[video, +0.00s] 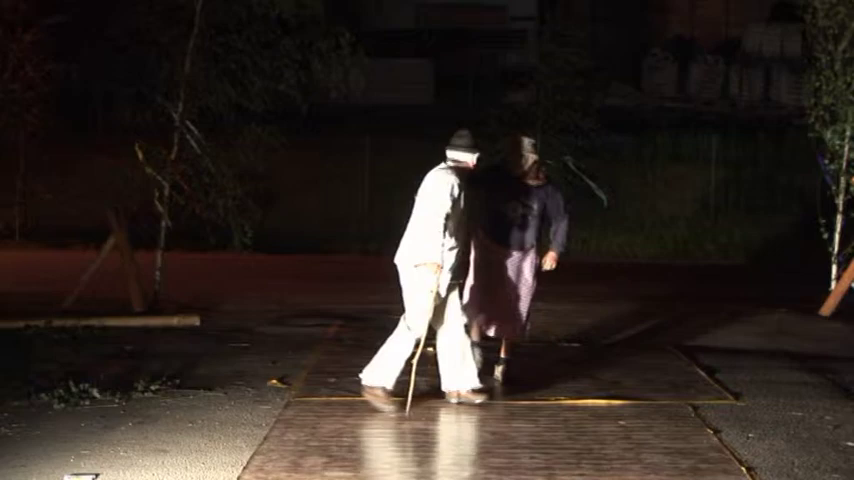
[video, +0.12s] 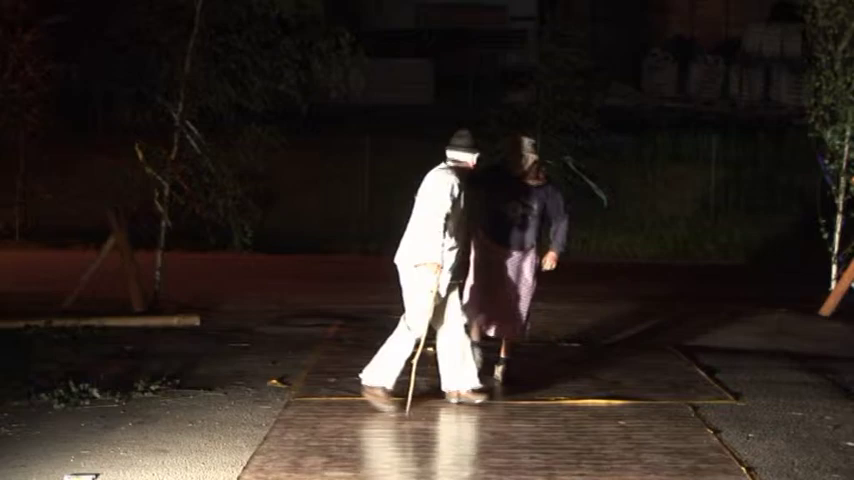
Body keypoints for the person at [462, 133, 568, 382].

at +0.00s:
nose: (520, 161)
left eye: (525, 156)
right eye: (517, 156)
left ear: (533, 158)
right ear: (507, 156)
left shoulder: (542, 188)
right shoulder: (490, 179)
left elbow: (559, 220)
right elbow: (472, 209)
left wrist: (554, 249)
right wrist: (472, 237)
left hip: (522, 254)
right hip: (487, 249)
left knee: (515, 307)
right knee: (478, 302)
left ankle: (502, 362)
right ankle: (474, 349)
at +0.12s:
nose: (520, 161)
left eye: (525, 156)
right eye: (517, 156)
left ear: (533, 158)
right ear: (507, 156)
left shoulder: (542, 188)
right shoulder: (490, 179)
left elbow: (559, 220)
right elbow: (472, 209)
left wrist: (554, 249)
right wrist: (472, 237)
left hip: (522, 254)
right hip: (487, 249)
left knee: (515, 307)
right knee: (478, 302)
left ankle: (502, 362)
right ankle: (474, 349)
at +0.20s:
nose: (520, 161)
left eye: (525, 156)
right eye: (517, 156)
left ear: (533, 158)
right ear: (507, 156)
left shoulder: (542, 188)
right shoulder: (490, 179)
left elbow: (559, 220)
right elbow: (472, 209)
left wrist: (554, 249)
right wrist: (472, 237)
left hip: (522, 254)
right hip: (487, 249)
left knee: (515, 307)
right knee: (478, 302)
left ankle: (502, 362)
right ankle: (474, 349)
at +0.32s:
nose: (520, 161)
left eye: (525, 156)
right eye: (517, 156)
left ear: (533, 158)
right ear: (507, 156)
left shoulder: (542, 188)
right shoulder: (490, 179)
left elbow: (559, 220)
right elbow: (472, 209)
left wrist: (554, 249)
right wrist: (472, 237)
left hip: (522, 254)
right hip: (487, 249)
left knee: (515, 307)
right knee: (478, 302)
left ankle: (502, 362)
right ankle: (474, 349)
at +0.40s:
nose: (520, 161)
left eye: (525, 156)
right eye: (516, 156)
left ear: (533, 158)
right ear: (507, 156)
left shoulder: (542, 188)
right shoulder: (490, 179)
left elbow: (559, 220)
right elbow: (472, 209)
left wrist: (554, 249)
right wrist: (472, 237)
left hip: (522, 254)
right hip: (487, 249)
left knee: (515, 307)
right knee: (478, 302)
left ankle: (502, 362)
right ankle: (474, 349)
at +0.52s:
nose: (524, 165)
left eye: (529, 160)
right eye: (520, 160)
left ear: (535, 161)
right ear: (510, 160)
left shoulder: (542, 189)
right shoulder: (497, 182)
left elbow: (556, 222)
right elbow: (484, 214)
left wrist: (553, 252)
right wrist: (482, 242)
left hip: (529, 254)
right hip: (496, 253)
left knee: (523, 308)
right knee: (490, 306)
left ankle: (513, 363)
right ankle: (483, 361)